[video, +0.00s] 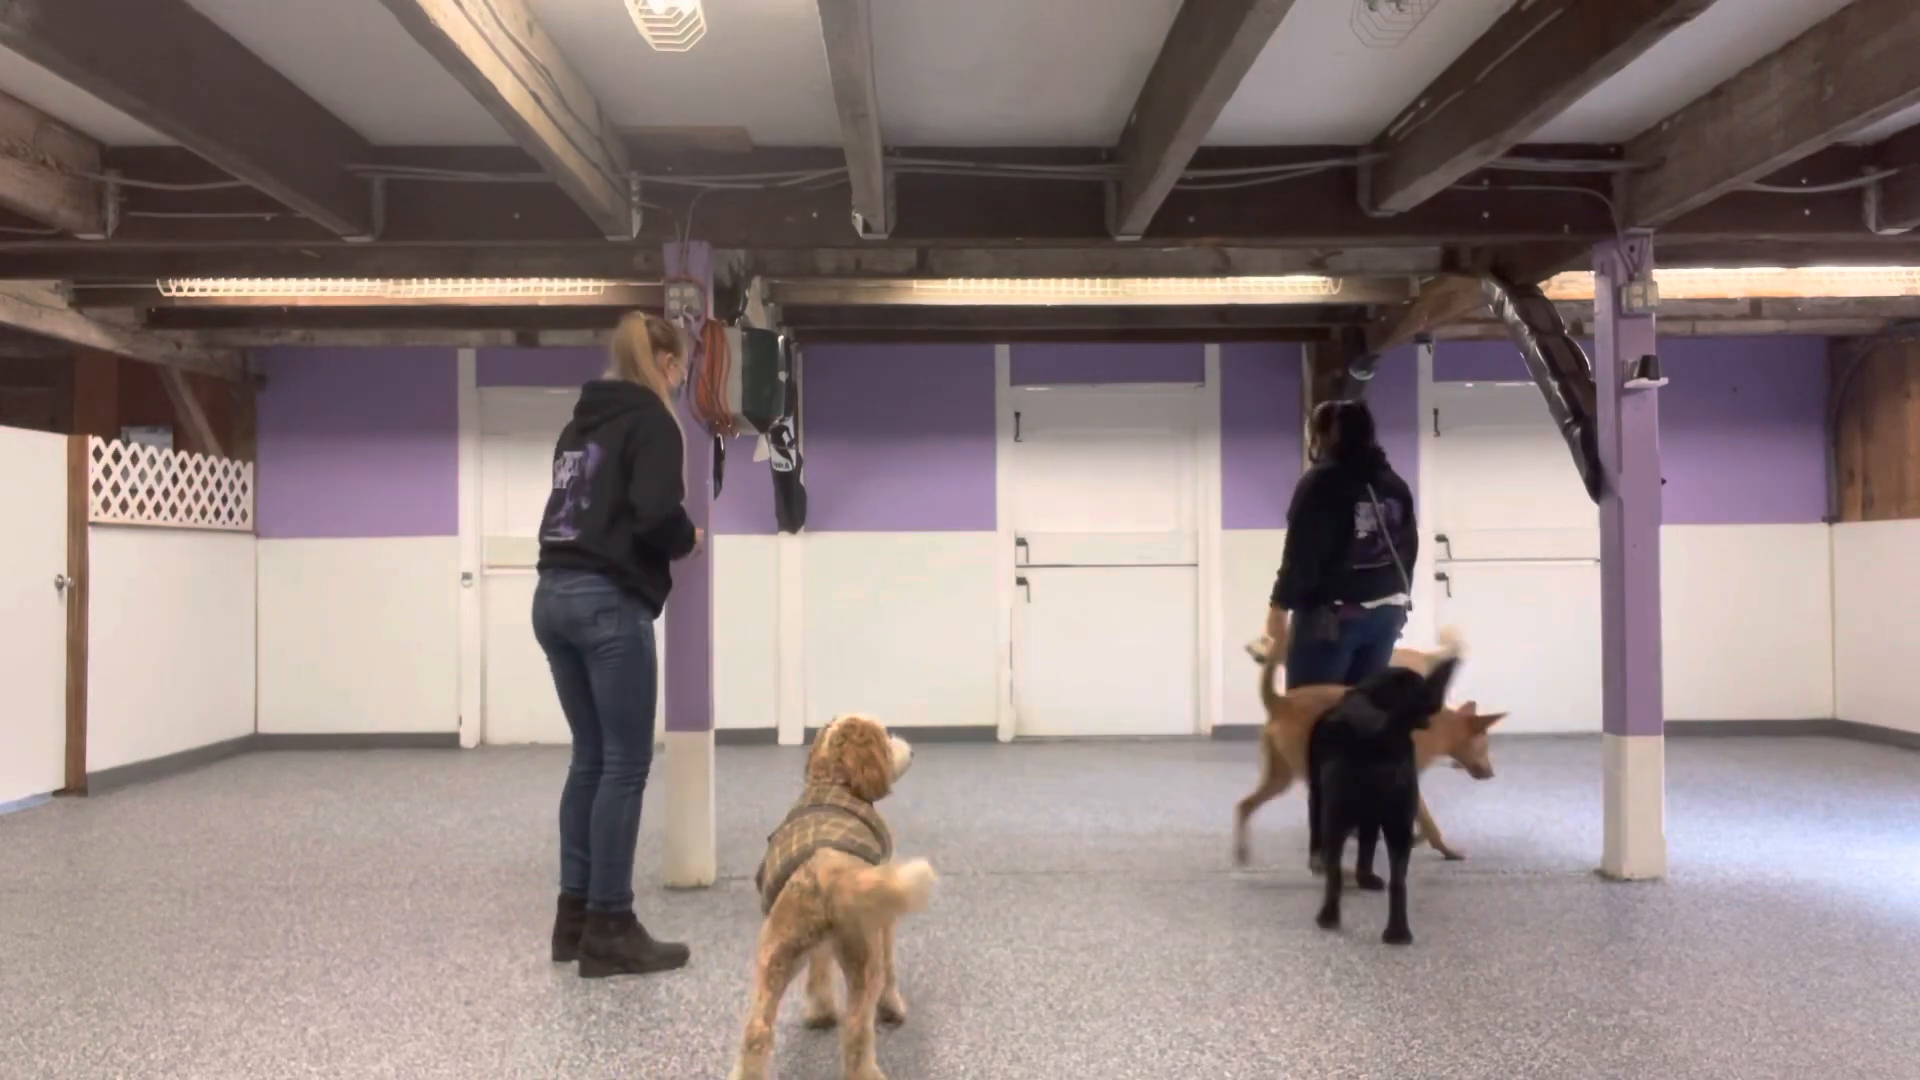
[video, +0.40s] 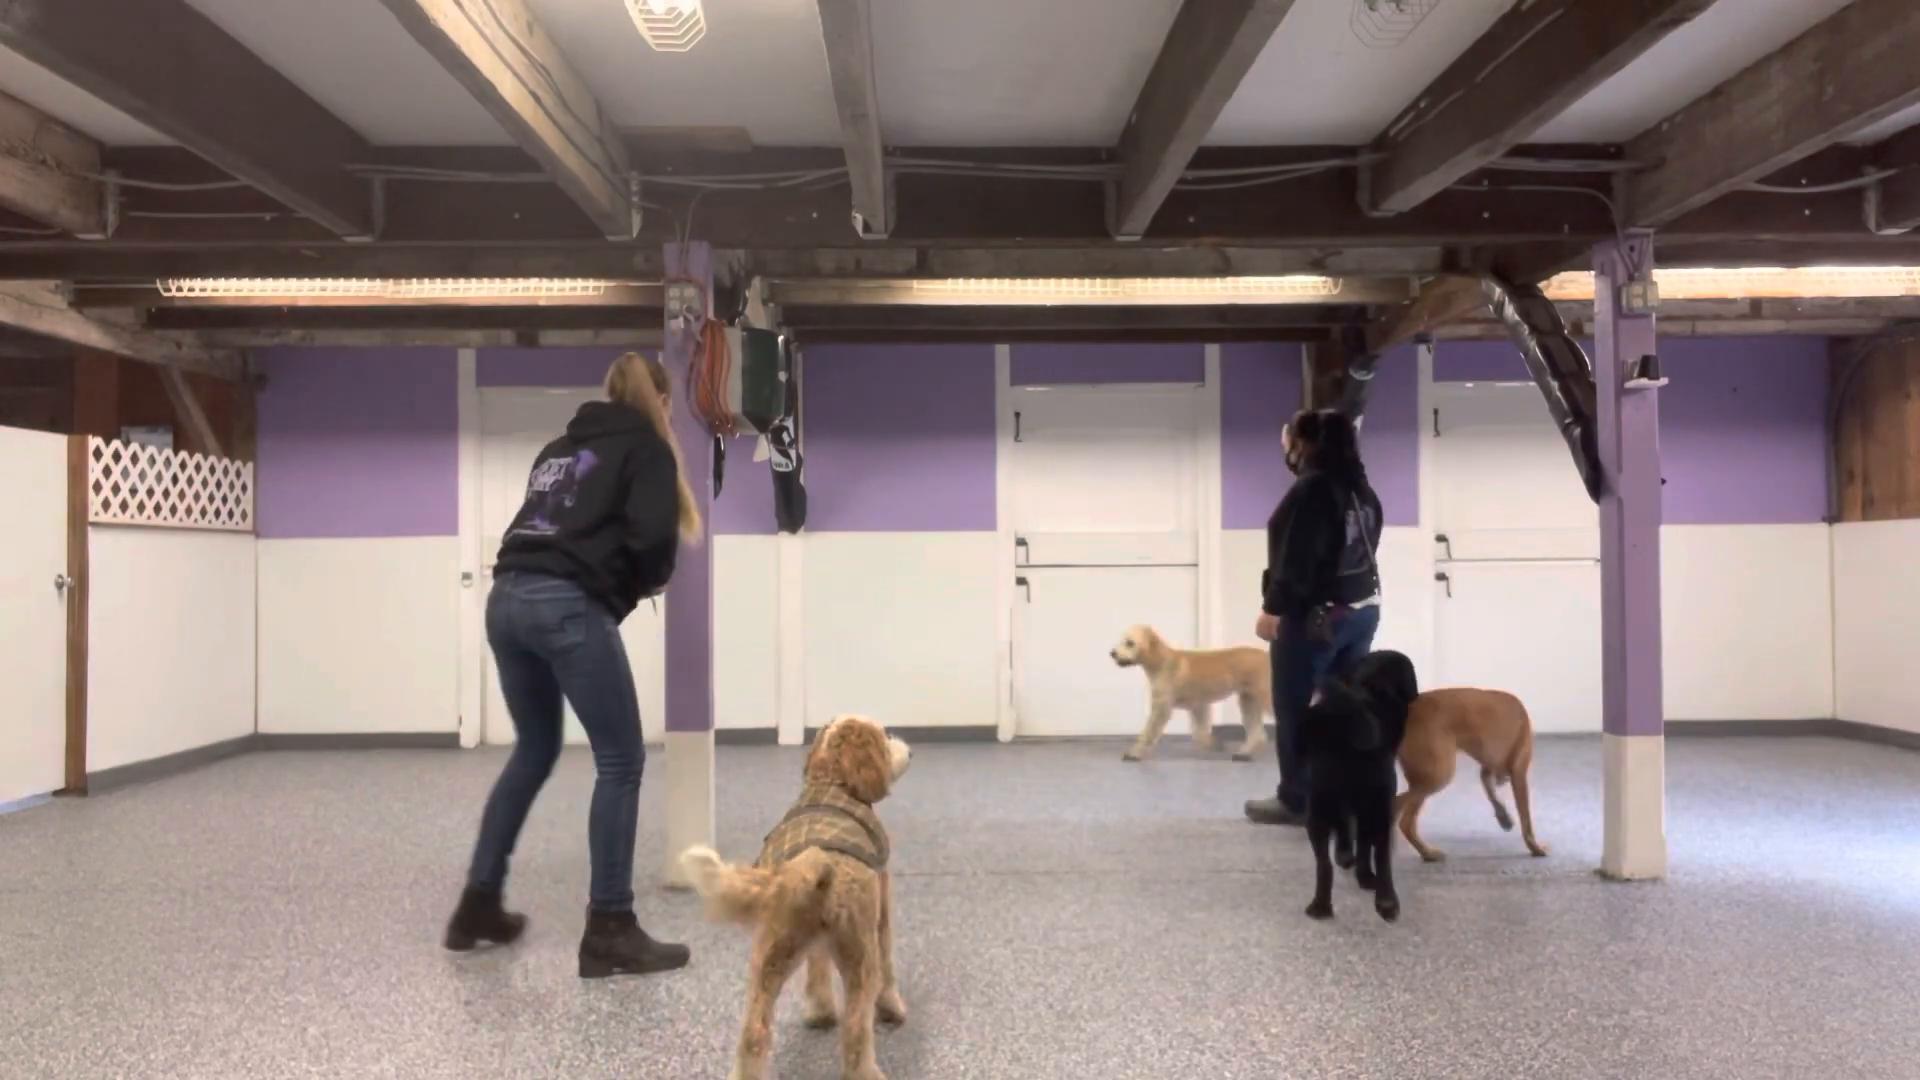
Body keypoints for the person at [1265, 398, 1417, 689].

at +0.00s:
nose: (1311, 443)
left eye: (1315, 434)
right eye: (1312, 434)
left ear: (1329, 436)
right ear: (1365, 434)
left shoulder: (1319, 483)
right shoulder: (1394, 483)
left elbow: (1300, 555)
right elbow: (1407, 547)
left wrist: (1278, 611)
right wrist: (1398, 599)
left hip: (1330, 611)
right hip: (1387, 608)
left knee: (1307, 713)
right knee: (1362, 711)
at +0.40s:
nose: (1287, 452)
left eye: (1292, 444)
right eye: (1289, 443)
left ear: (1308, 446)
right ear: (1338, 444)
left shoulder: (1310, 493)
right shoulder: (1361, 490)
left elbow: (1298, 560)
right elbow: (1355, 555)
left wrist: (1273, 609)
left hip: (1316, 613)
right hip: (1362, 609)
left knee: (1290, 705)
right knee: (1345, 703)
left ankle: (1294, 797)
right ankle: (1350, 795)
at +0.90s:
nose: (1278, 455)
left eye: (1283, 447)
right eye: (1279, 447)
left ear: (1302, 446)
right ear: (1310, 447)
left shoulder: (1319, 490)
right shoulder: (1305, 486)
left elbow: (1310, 555)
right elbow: (1306, 553)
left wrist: (1281, 606)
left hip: (1304, 616)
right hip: (1302, 615)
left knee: (1293, 707)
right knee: (1293, 706)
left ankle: (1294, 798)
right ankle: (1293, 794)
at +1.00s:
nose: (1282, 457)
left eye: (1287, 448)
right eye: (1282, 449)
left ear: (1307, 448)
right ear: (1305, 450)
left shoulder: (1333, 489)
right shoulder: (1301, 488)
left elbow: (1327, 554)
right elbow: (1290, 549)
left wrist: (1296, 604)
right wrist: (1271, 598)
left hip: (1315, 616)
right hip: (1295, 614)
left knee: (1294, 704)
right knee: (1292, 703)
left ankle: (1294, 795)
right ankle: (1294, 792)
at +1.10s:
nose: (1292, 460)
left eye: (1298, 452)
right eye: (1293, 453)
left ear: (1317, 452)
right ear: (1313, 454)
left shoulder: (1347, 491)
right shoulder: (1305, 492)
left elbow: (1348, 556)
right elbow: (1287, 553)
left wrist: (1318, 602)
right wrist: (1268, 599)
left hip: (1323, 616)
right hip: (1299, 613)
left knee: (1296, 703)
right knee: (1317, 705)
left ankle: (1294, 798)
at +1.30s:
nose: (1305, 469)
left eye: (1311, 461)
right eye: (1302, 463)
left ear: (1335, 455)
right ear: (1319, 459)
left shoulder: (1375, 496)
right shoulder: (1305, 498)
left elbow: (1395, 554)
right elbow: (1286, 554)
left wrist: (1384, 605)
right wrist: (1266, 603)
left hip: (1353, 613)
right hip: (1307, 613)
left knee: (1325, 695)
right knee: (1334, 695)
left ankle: (1318, 790)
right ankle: (1362, 781)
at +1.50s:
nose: (1318, 467)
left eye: (1325, 459)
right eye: (1313, 460)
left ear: (1350, 451)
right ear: (1310, 459)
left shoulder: (1386, 493)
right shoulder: (1309, 496)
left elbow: (1417, 548)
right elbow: (1290, 551)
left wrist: (1427, 600)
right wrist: (1276, 603)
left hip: (1371, 610)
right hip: (1318, 614)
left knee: (1355, 692)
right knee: (1336, 698)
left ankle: (1374, 787)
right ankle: (1352, 782)